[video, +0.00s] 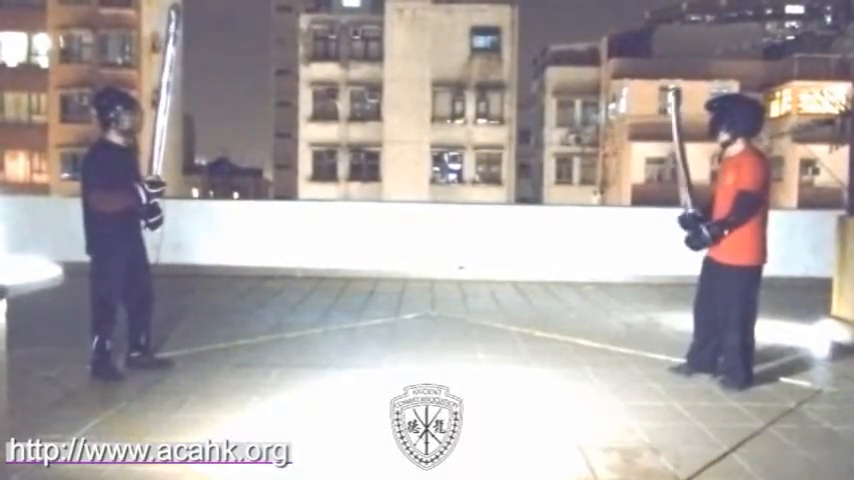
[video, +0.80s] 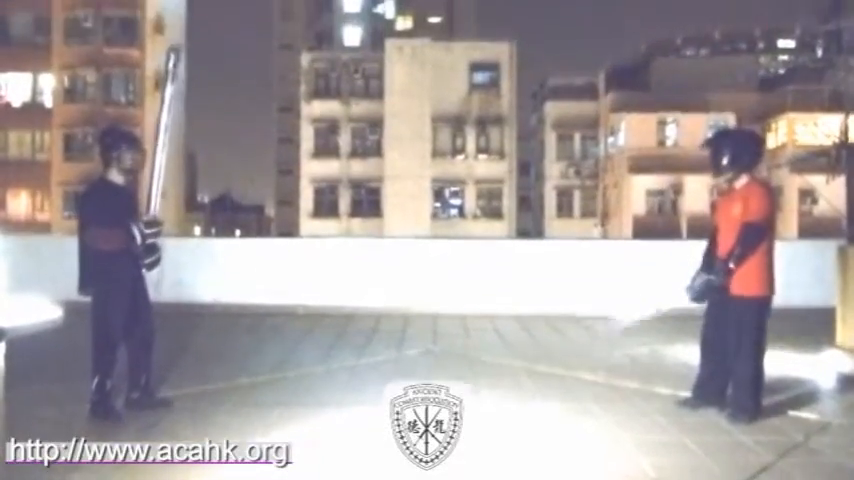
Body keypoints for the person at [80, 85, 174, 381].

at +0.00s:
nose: (135, 120)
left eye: (135, 114)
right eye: (128, 114)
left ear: (128, 117)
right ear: (112, 117)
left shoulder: (127, 153)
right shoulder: (99, 156)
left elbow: (128, 190)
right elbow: (98, 201)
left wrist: (147, 193)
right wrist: (139, 200)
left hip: (130, 234)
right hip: (105, 238)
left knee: (140, 291)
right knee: (106, 295)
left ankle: (139, 349)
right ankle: (100, 354)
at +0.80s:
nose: (136, 159)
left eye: (137, 153)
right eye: (130, 153)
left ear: (131, 156)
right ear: (114, 154)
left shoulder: (126, 193)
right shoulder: (96, 194)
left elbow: (127, 232)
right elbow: (94, 237)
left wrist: (146, 233)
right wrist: (132, 241)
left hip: (130, 272)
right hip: (106, 275)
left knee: (142, 329)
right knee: (107, 335)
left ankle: (140, 390)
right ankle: (100, 396)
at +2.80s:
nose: (152, 174)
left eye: (152, 168)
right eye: (147, 167)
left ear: (138, 172)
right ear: (130, 171)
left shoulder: (143, 210)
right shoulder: (112, 211)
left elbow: (143, 249)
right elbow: (113, 258)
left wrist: (161, 258)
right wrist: (154, 253)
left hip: (144, 290)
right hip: (119, 292)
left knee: (156, 344)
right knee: (122, 349)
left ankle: (153, 404)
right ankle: (114, 410)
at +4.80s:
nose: (140, 169)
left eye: (140, 163)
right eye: (134, 163)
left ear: (126, 166)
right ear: (117, 166)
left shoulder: (128, 203)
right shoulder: (101, 205)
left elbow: (130, 240)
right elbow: (103, 252)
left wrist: (149, 240)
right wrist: (142, 247)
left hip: (134, 283)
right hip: (111, 287)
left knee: (145, 338)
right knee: (113, 343)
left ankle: (144, 398)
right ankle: (106, 405)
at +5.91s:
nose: (130, 159)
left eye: (130, 153)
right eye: (125, 153)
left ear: (119, 155)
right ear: (110, 155)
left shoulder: (122, 191)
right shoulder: (98, 193)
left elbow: (125, 231)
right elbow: (96, 238)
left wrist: (144, 243)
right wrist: (138, 246)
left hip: (127, 273)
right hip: (107, 275)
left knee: (143, 326)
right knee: (109, 332)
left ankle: (143, 386)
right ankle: (103, 391)